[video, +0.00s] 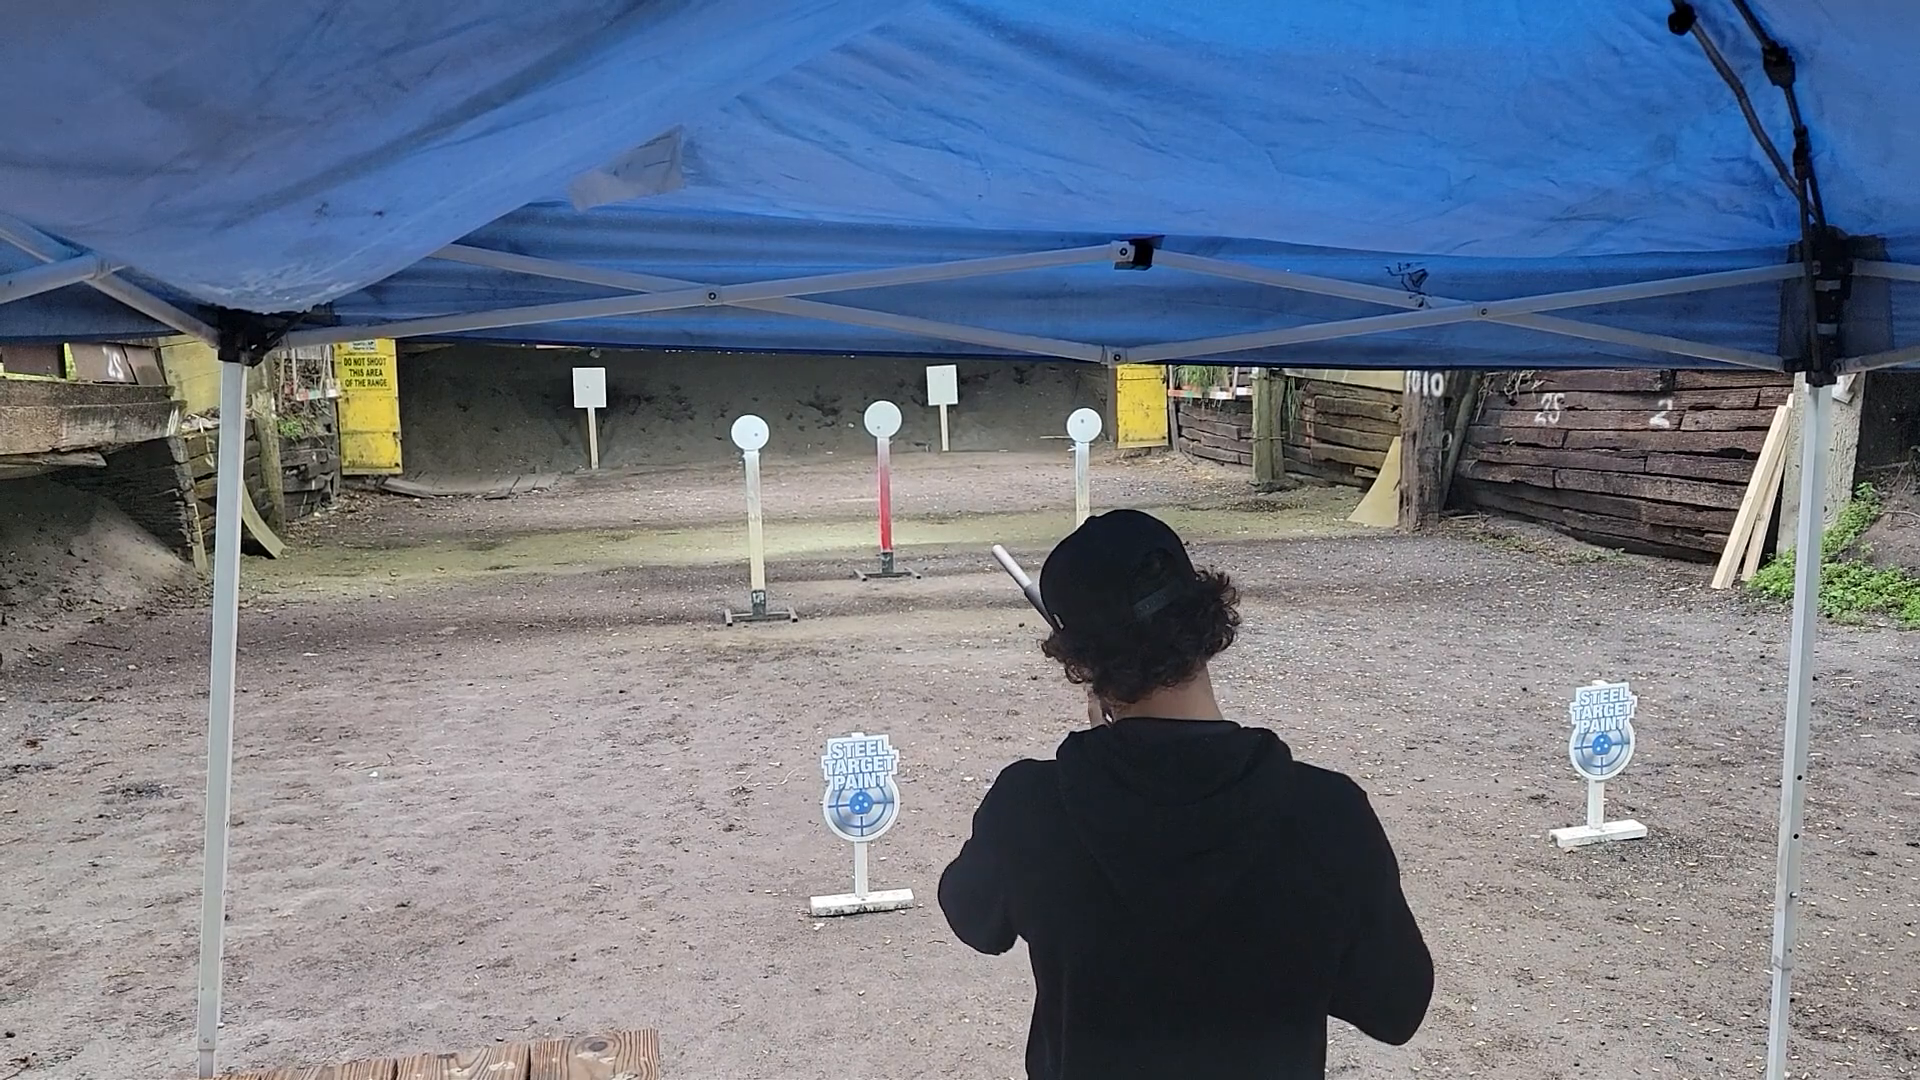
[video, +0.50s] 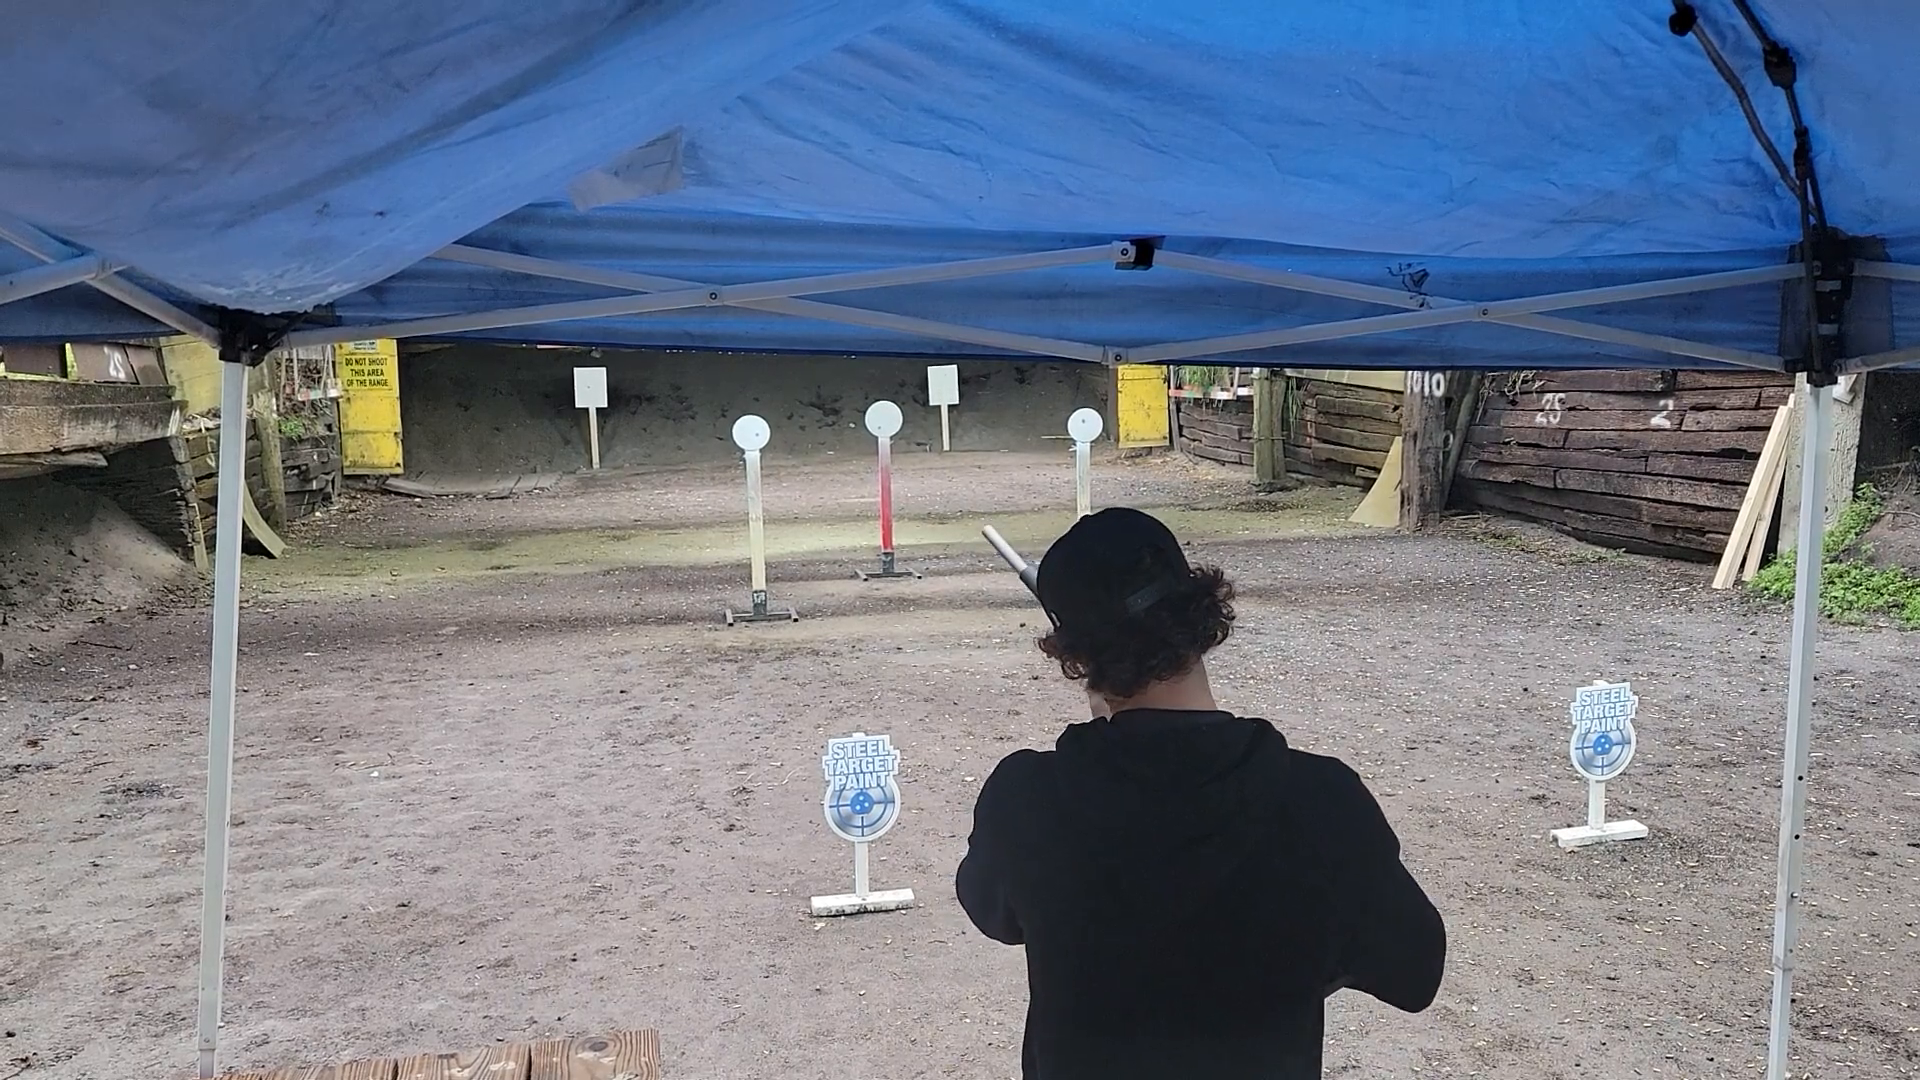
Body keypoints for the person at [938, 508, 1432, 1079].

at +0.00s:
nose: (1064, 656)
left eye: (1067, 641)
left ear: (1081, 661)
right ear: (1208, 620)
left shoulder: (1031, 804)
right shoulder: (1327, 811)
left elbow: (974, 917)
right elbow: (1398, 1010)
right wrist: (1282, 919)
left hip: (1084, 1067)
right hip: (1272, 1068)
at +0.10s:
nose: (1057, 656)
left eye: (1060, 638)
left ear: (1075, 660)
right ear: (1204, 618)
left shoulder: (1031, 804)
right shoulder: (1325, 809)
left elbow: (956, 897)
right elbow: (1417, 989)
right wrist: (1293, 918)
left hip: (1080, 1073)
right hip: (1275, 1073)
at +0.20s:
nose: (1056, 657)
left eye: (1057, 639)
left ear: (1073, 661)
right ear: (1198, 616)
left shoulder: (1028, 799)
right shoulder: (1324, 804)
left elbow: (959, 893)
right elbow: (1426, 976)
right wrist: (1310, 919)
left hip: (1079, 1069)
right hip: (1274, 1069)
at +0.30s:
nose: (1059, 657)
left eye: (1058, 641)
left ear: (1073, 659)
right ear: (1196, 615)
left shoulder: (1032, 797)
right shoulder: (1323, 801)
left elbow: (984, 906)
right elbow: (1422, 973)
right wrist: (1309, 908)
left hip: (1080, 1069)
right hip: (1268, 1069)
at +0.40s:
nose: (1062, 655)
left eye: (1060, 639)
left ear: (1073, 658)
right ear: (1197, 614)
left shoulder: (1027, 796)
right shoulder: (1322, 798)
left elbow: (992, 912)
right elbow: (1420, 971)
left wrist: (1095, 751)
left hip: (1075, 1068)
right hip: (1267, 1068)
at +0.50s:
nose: (1061, 648)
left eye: (1061, 634)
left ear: (1074, 652)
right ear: (1199, 611)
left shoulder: (1026, 795)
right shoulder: (1323, 799)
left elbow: (992, 912)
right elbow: (1417, 974)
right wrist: (1304, 909)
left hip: (1076, 1067)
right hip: (1269, 1067)